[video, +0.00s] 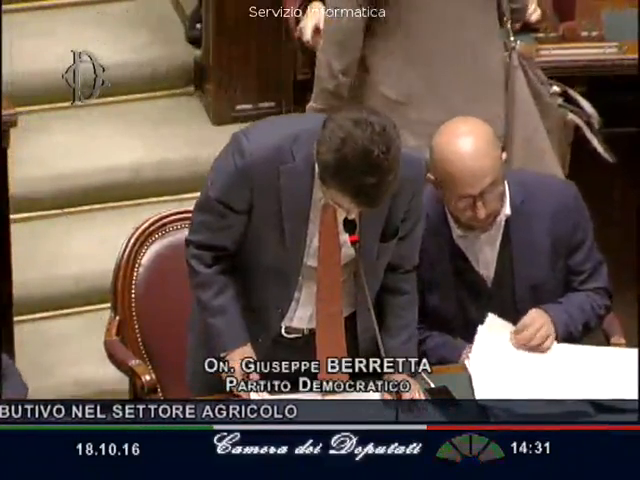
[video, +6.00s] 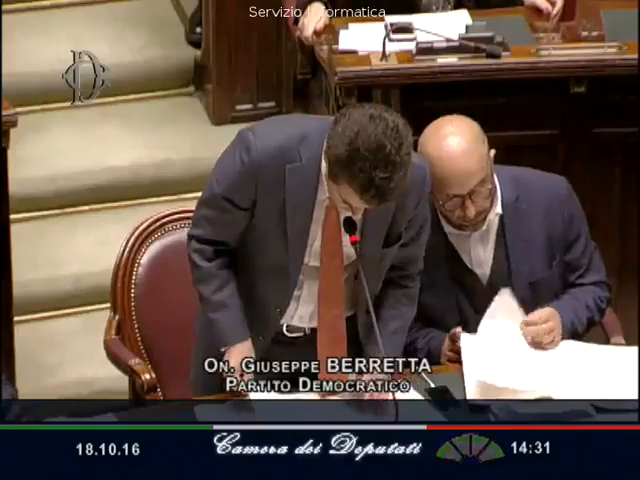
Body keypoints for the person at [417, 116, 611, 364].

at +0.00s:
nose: (480, 211)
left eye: (489, 192)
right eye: (464, 199)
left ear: (503, 160)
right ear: (434, 181)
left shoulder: (558, 201)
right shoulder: (414, 222)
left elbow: (595, 292)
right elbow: (404, 326)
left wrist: (554, 319)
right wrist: (463, 354)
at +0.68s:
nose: (474, 212)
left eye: (484, 192)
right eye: (456, 202)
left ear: (496, 159)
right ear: (428, 183)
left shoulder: (553, 198)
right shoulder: (408, 223)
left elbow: (588, 273)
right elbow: (398, 325)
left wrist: (592, 304)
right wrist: (455, 353)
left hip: (553, 371)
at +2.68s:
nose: (480, 206)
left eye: (485, 185)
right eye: (461, 198)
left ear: (492, 156)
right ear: (431, 187)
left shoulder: (553, 198)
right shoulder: (408, 224)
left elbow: (593, 284)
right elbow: (401, 326)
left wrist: (563, 316)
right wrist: (454, 353)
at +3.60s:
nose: (473, 211)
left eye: (481, 192)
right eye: (455, 200)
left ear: (493, 157)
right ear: (429, 185)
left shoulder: (552, 197)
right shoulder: (407, 221)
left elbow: (586, 271)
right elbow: (394, 324)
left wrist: (601, 305)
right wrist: (441, 348)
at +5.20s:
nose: (475, 208)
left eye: (482, 189)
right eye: (457, 198)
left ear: (494, 158)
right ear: (430, 184)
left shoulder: (553, 194)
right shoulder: (409, 219)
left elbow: (595, 278)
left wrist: (568, 304)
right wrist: (440, 345)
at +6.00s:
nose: (470, 210)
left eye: (479, 191)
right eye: (452, 199)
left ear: (491, 159)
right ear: (426, 185)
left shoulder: (551, 197)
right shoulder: (407, 220)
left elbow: (593, 285)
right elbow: (397, 324)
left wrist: (561, 317)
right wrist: (439, 346)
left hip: (547, 368)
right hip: (456, 374)